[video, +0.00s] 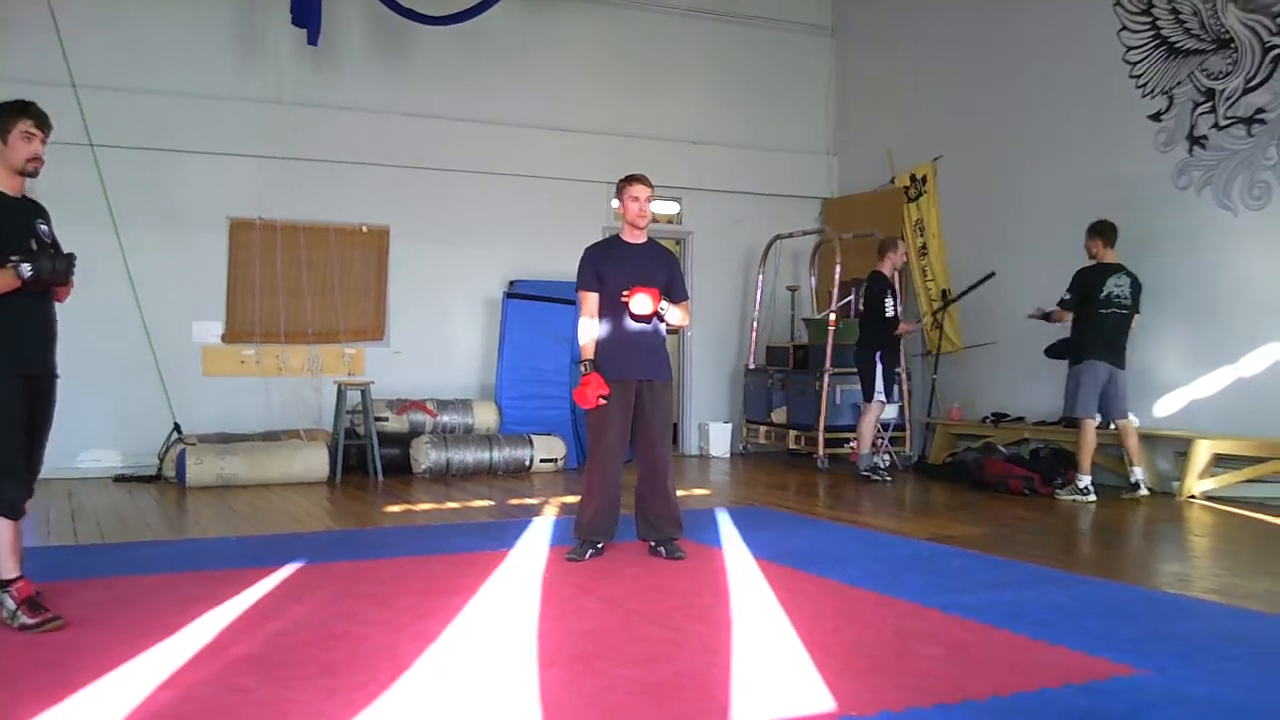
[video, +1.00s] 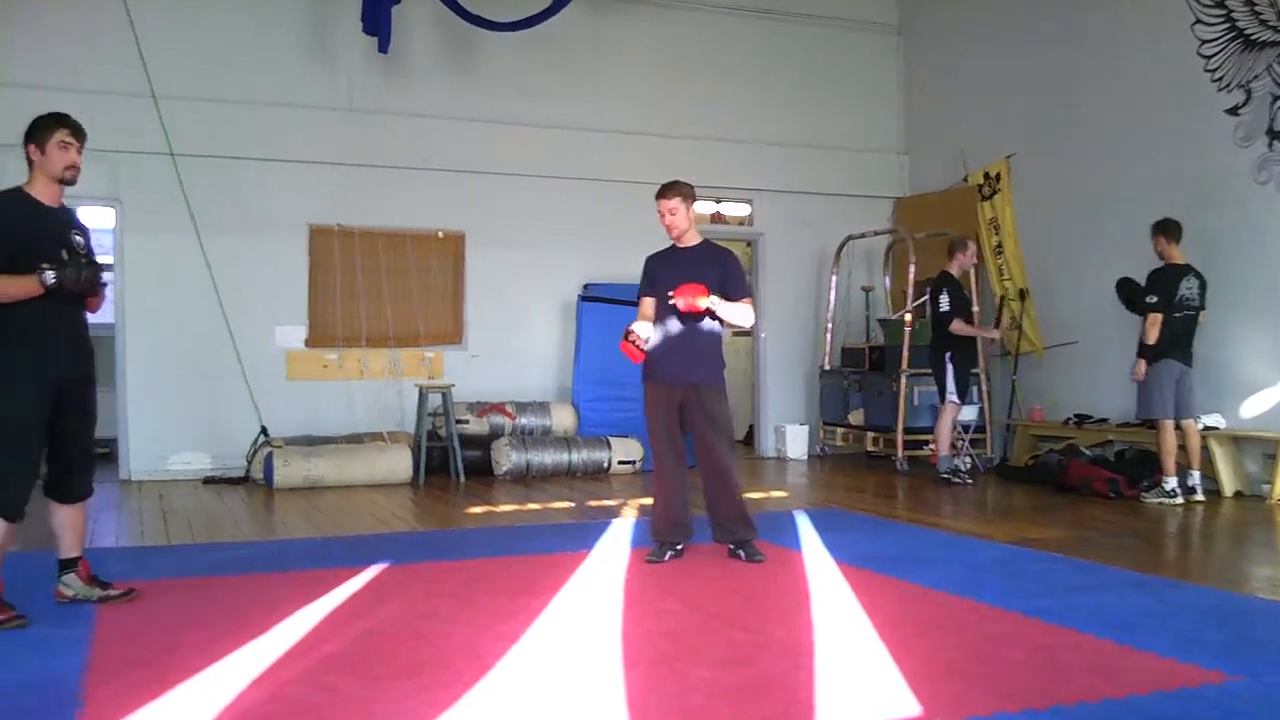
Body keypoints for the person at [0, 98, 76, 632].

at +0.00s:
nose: (38, 148)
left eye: (42, 140)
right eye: (28, 137)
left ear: (41, 149)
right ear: (2, 141)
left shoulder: (37, 212)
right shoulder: (2, 205)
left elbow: (56, 290)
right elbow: (3, 280)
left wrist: (58, 279)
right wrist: (27, 275)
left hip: (37, 364)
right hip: (8, 363)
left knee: (18, 480)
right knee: (11, 480)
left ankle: (11, 584)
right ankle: (12, 586)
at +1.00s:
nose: (75, 156)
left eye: (79, 149)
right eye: (65, 147)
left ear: (77, 158)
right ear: (34, 152)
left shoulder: (74, 226)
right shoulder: (6, 209)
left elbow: (93, 302)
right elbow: (0, 288)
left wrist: (89, 280)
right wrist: (48, 278)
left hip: (72, 366)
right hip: (16, 367)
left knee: (72, 469)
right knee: (11, 477)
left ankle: (73, 575)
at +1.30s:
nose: (88, 151)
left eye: (90, 143)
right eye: (78, 141)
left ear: (80, 152)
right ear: (43, 145)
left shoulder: (81, 219)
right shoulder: (8, 204)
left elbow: (95, 294)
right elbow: (1, 284)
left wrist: (93, 282)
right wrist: (50, 276)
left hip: (70, 367)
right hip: (15, 369)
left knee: (100, 461)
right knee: (10, 479)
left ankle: (95, 566)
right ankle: (3, 584)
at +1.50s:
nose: (76, 144)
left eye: (75, 134)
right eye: (67, 134)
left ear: (42, 141)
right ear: (32, 139)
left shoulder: (56, 209)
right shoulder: (2, 199)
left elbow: (70, 286)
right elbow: (0, 280)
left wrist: (76, 269)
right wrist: (41, 272)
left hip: (54, 360)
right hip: (9, 363)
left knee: (70, 462)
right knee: (6, 475)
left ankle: (74, 573)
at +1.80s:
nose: (105, 152)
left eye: (106, 143)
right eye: (98, 141)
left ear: (74, 145)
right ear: (64, 141)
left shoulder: (75, 212)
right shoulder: (18, 199)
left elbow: (79, 276)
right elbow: (9, 283)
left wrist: (97, 271)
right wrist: (78, 274)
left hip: (76, 364)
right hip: (25, 368)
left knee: (102, 462)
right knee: (21, 474)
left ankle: (116, 568)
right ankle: (8, 582)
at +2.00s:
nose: (156, 162)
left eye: (159, 154)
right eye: (148, 151)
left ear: (148, 159)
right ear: (116, 151)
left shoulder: (134, 220)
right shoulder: (78, 208)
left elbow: (130, 287)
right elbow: (68, 291)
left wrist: (151, 283)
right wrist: (137, 282)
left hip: (134, 370)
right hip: (85, 371)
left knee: (146, 472)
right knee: (67, 476)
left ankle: (163, 575)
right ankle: (46, 588)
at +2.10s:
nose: (177, 159)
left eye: (181, 151)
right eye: (168, 148)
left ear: (175, 158)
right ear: (138, 149)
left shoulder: (155, 219)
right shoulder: (103, 205)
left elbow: (150, 292)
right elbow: (94, 287)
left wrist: (178, 285)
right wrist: (160, 278)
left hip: (162, 365)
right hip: (115, 367)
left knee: (170, 465)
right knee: (95, 471)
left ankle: (177, 573)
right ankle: (63, 583)